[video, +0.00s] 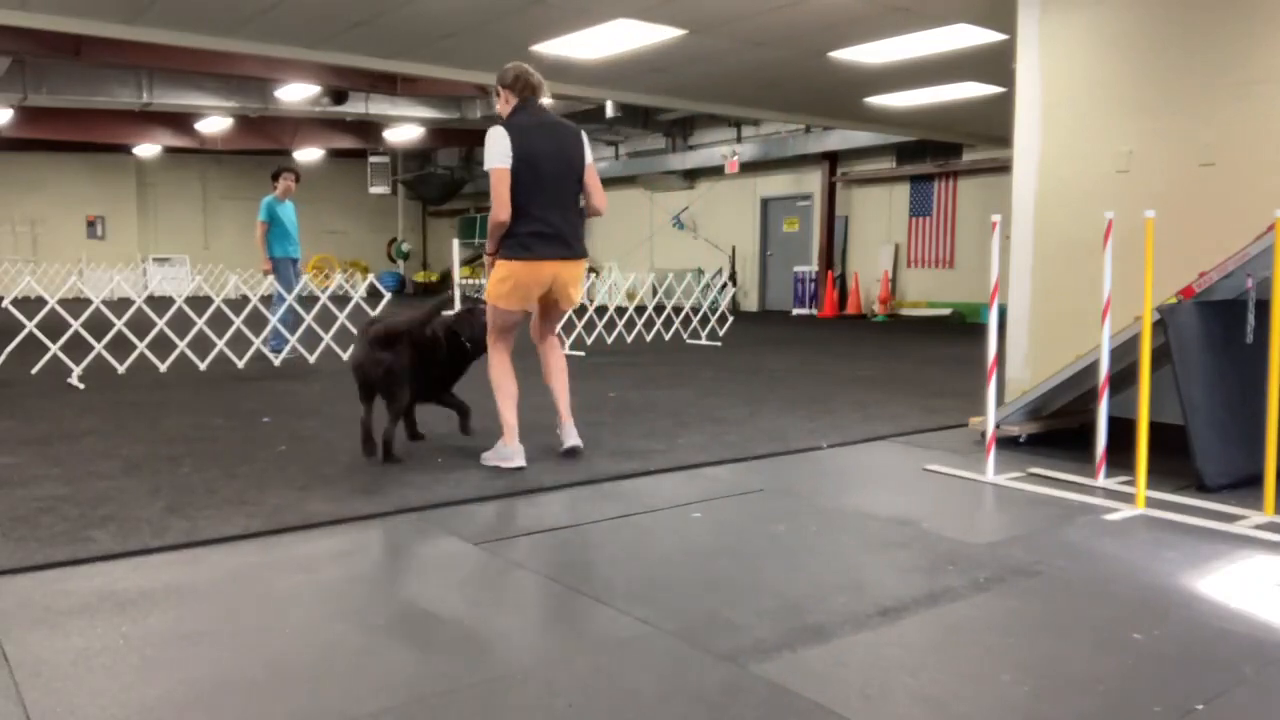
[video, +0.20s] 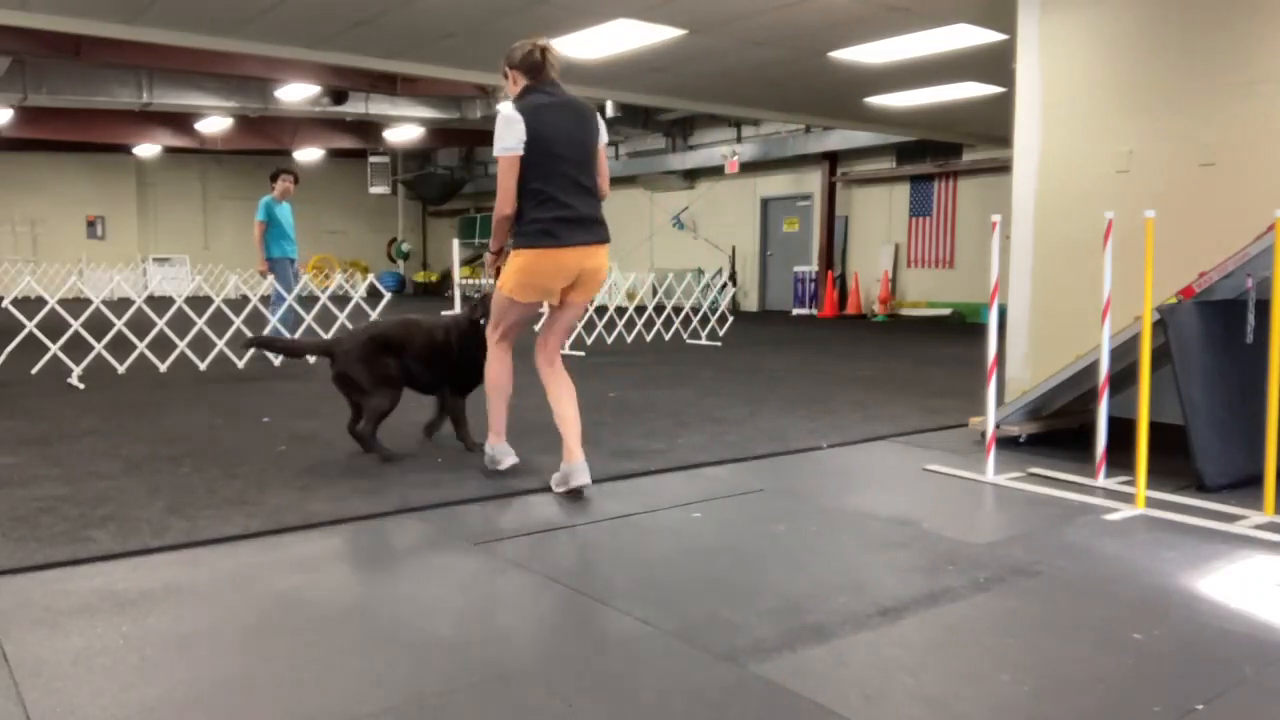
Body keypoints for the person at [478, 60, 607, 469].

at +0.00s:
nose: (497, 105)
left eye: (497, 98)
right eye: (497, 98)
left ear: (507, 95)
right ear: (538, 94)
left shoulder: (502, 133)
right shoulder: (574, 133)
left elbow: (502, 215)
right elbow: (597, 205)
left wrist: (491, 247)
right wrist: (564, 212)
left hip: (521, 260)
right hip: (570, 260)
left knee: (500, 342)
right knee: (547, 334)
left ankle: (511, 443)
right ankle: (568, 427)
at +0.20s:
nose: (505, 88)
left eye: (505, 81)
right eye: (505, 82)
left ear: (516, 77)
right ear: (552, 74)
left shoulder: (514, 114)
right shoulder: (588, 114)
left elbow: (506, 208)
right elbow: (602, 186)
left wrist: (495, 250)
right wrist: (566, 210)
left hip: (538, 251)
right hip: (593, 252)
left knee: (500, 339)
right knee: (550, 354)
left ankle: (497, 445)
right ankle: (574, 462)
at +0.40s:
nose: (523, 65)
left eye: (523, 59)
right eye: (523, 59)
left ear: (532, 55)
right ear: (573, 51)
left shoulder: (518, 94)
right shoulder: (612, 93)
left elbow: (504, 189)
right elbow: (626, 179)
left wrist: (503, 242)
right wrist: (581, 181)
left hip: (539, 248)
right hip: (605, 248)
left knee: (526, 367)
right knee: (582, 359)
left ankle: (540, 458)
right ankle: (578, 470)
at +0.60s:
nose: (541, 40)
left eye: (541, 33)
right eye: (543, 33)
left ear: (549, 30)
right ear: (596, 26)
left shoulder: (537, 70)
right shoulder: (641, 70)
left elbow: (519, 184)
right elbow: (658, 168)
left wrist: (519, 245)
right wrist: (611, 169)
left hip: (562, 242)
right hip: (636, 242)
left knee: (551, 379)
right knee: (609, 364)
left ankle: (552, 523)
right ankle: (639, 483)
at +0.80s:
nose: (578, 20)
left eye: (578, 14)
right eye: (581, 15)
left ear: (586, 14)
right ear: (642, 11)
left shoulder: (580, 60)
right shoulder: (690, 60)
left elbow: (554, 185)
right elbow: (722, 168)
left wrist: (543, 247)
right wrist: (656, 179)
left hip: (620, 240)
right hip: (703, 241)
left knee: (571, 377)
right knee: (651, 406)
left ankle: (594, 529)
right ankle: (672, 573)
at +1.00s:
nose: (616, 14)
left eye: (615, 10)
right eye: (617, 11)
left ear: (629, 4)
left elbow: (589, 181)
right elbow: (770, 143)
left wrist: (564, 268)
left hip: (685, 220)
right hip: (778, 216)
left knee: (678, 426)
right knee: (726, 403)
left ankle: (692, 630)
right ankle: (715, 588)